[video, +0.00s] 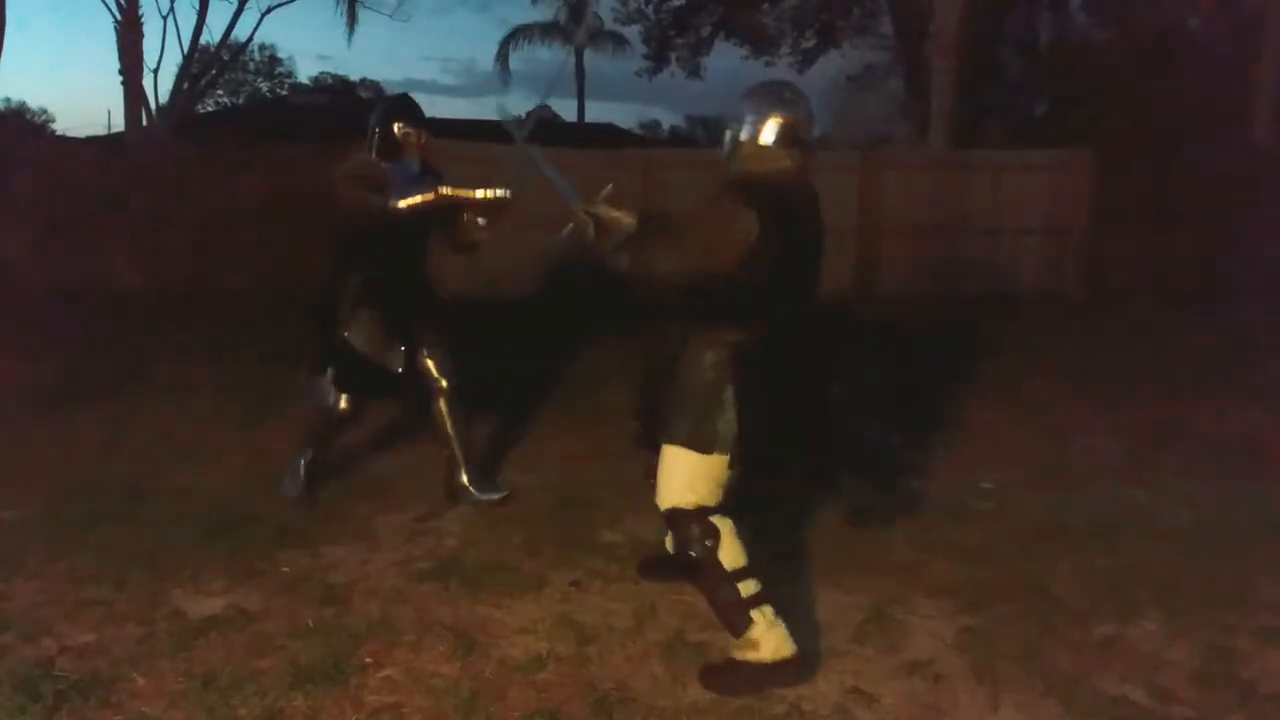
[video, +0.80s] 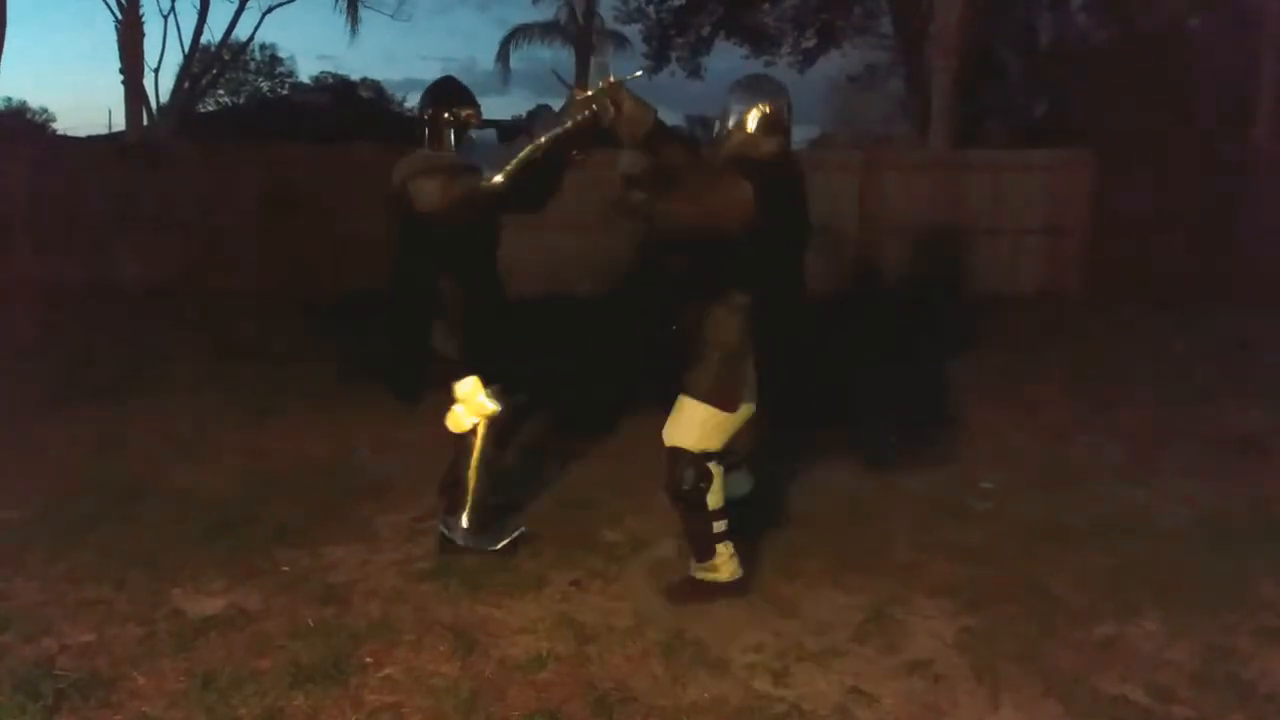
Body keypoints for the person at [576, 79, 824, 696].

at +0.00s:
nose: (729, 139)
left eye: (738, 128)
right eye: (735, 127)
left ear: (755, 133)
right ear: (791, 134)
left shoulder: (753, 202)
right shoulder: (785, 196)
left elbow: (692, 263)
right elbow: (703, 240)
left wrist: (615, 247)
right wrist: (637, 226)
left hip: (728, 363)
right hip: (756, 355)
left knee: (689, 503)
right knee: (695, 456)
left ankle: (768, 645)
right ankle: (690, 551)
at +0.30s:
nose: (749, 145)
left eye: (758, 135)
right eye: (758, 136)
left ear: (771, 137)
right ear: (809, 142)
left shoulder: (776, 198)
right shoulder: (799, 195)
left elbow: (712, 252)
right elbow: (721, 235)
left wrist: (645, 214)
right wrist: (657, 205)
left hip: (744, 362)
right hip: (782, 349)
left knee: (717, 509)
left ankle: (777, 658)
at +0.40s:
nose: (740, 146)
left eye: (748, 136)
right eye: (747, 136)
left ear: (762, 139)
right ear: (801, 142)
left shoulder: (767, 202)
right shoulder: (794, 198)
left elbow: (704, 235)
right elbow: (713, 213)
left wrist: (643, 208)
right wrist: (655, 184)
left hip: (738, 366)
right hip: (766, 359)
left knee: (725, 510)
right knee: (744, 494)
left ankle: (775, 655)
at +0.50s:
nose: (736, 143)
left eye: (744, 132)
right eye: (744, 132)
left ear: (755, 134)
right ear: (789, 136)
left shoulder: (757, 193)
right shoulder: (782, 190)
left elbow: (702, 226)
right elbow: (704, 192)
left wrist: (642, 182)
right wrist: (654, 157)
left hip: (738, 343)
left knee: (737, 486)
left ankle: (767, 632)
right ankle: (725, 525)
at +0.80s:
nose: (722, 131)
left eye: (733, 122)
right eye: (728, 122)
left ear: (752, 126)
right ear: (777, 126)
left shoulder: (755, 182)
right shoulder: (777, 175)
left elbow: (694, 207)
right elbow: (693, 164)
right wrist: (639, 122)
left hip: (740, 325)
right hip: (758, 319)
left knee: (687, 446)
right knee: (726, 422)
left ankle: (716, 564)